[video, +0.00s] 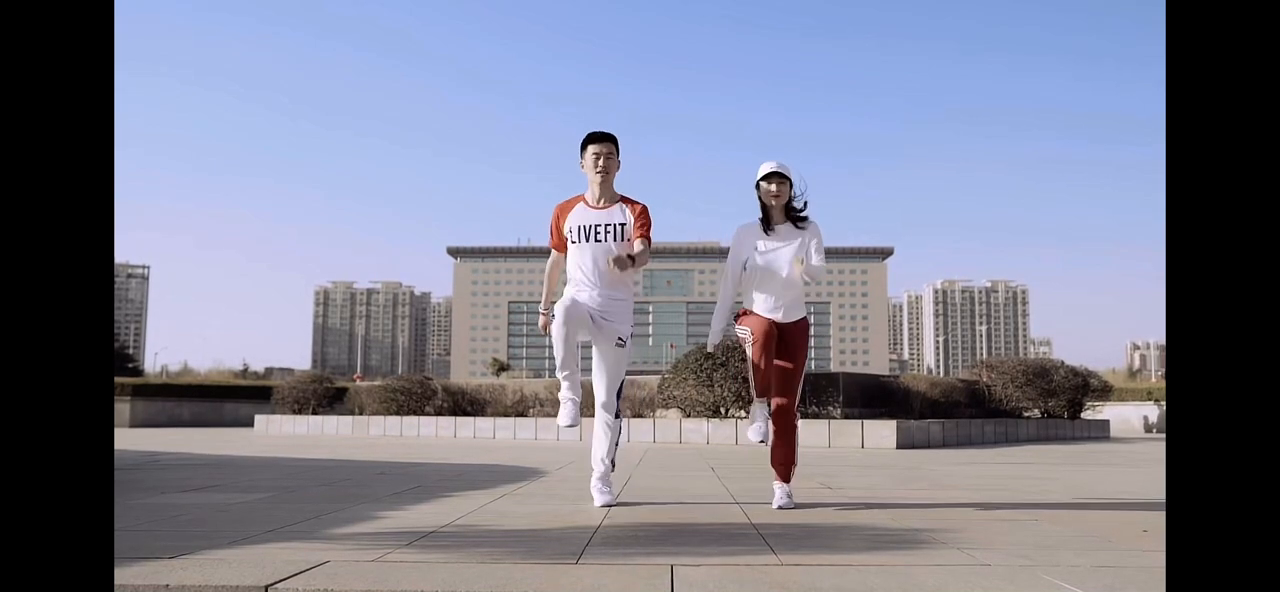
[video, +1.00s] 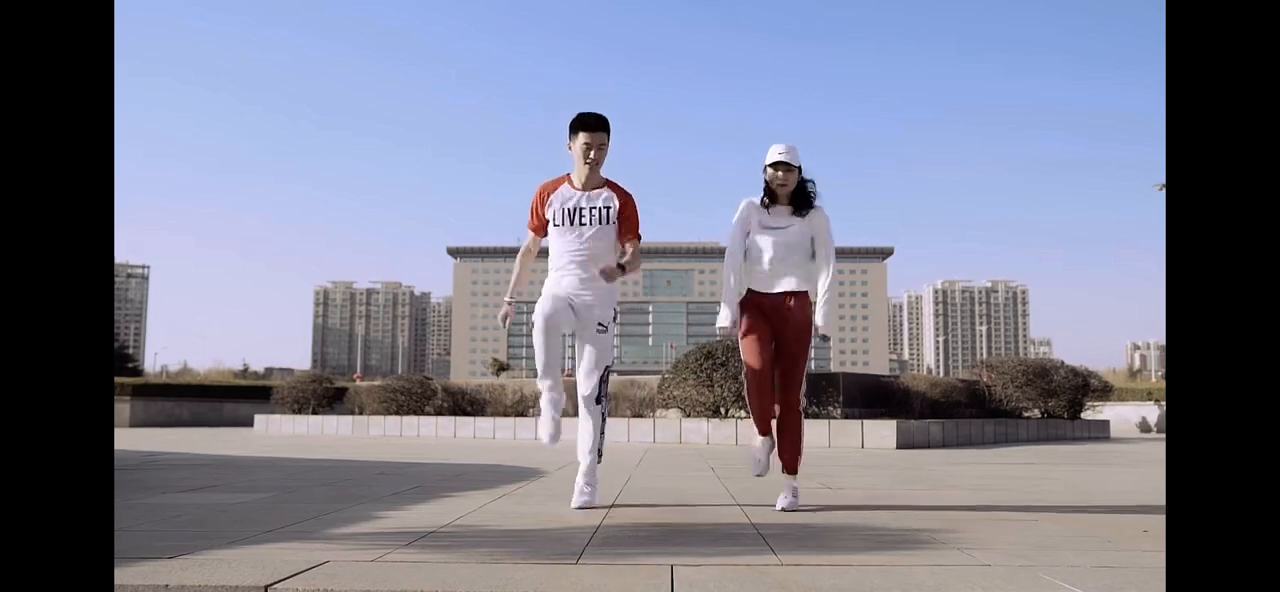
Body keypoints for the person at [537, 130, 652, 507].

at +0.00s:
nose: (603, 161)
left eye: (609, 156)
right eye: (595, 156)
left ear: (618, 163)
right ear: (583, 164)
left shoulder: (635, 210)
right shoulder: (565, 211)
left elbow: (644, 251)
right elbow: (556, 260)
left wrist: (630, 261)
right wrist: (545, 305)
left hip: (616, 310)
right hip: (578, 301)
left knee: (608, 402)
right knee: (567, 310)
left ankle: (602, 477)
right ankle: (569, 394)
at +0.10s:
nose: (595, 151)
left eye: (602, 145)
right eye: (588, 146)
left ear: (612, 151)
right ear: (576, 152)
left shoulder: (627, 193)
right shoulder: (562, 200)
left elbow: (648, 235)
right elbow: (558, 251)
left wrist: (629, 219)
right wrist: (549, 295)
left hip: (612, 302)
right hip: (571, 297)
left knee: (605, 389)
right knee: (561, 357)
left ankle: (600, 471)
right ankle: (569, 447)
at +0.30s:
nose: (588, 161)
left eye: (595, 155)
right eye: (581, 155)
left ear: (606, 162)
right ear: (570, 161)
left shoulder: (621, 205)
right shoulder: (555, 210)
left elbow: (653, 251)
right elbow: (550, 267)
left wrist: (640, 243)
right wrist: (540, 316)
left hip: (604, 317)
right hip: (563, 317)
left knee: (603, 405)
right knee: (567, 406)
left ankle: (606, 482)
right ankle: (574, 487)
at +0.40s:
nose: (589, 152)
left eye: (596, 146)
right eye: (582, 146)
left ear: (605, 152)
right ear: (570, 151)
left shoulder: (621, 199)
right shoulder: (551, 199)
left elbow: (637, 253)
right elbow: (537, 247)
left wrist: (643, 301)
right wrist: (527, 280)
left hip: (604, 303)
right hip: (564, 304)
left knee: (604, 347)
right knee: (570, 394)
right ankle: (580, 476)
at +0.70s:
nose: (595, 153)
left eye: (602, 147)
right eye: (588, 146)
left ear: (610, 151)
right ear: (573, 148)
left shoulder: (620, 197)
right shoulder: (549, 192)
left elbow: (624, 238)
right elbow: (521, 245)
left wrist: (634, 275)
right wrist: (537, 238)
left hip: (602, 297)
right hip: (563, 300)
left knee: (591, 371)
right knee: (568, 381)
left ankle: (587, 465)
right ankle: (587, 464)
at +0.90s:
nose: (597, 160)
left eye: (604, 153)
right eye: (591, 152)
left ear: (612, 157)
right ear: (575, 153)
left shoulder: (621, 200)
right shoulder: (550, 198)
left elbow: (634, 243)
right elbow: (532, 248)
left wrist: (647, 284)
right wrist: (533, 286)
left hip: (601, 312)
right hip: (559, 310)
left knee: (596, 398)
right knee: (564, 399)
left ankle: (588, 484)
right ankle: (575, 467)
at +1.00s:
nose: (593, 153)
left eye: (600, 147)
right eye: (586, 146)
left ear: (608, 150)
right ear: (571, 147)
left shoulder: (621, 198)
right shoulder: (548, 194)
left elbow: (632, 254)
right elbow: (530, 249)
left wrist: (621, 268)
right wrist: (510, 297)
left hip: (600, 297)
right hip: (559, 291)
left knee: (590, 394)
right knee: (544, 315)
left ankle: (586, 481)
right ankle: (550, 398)